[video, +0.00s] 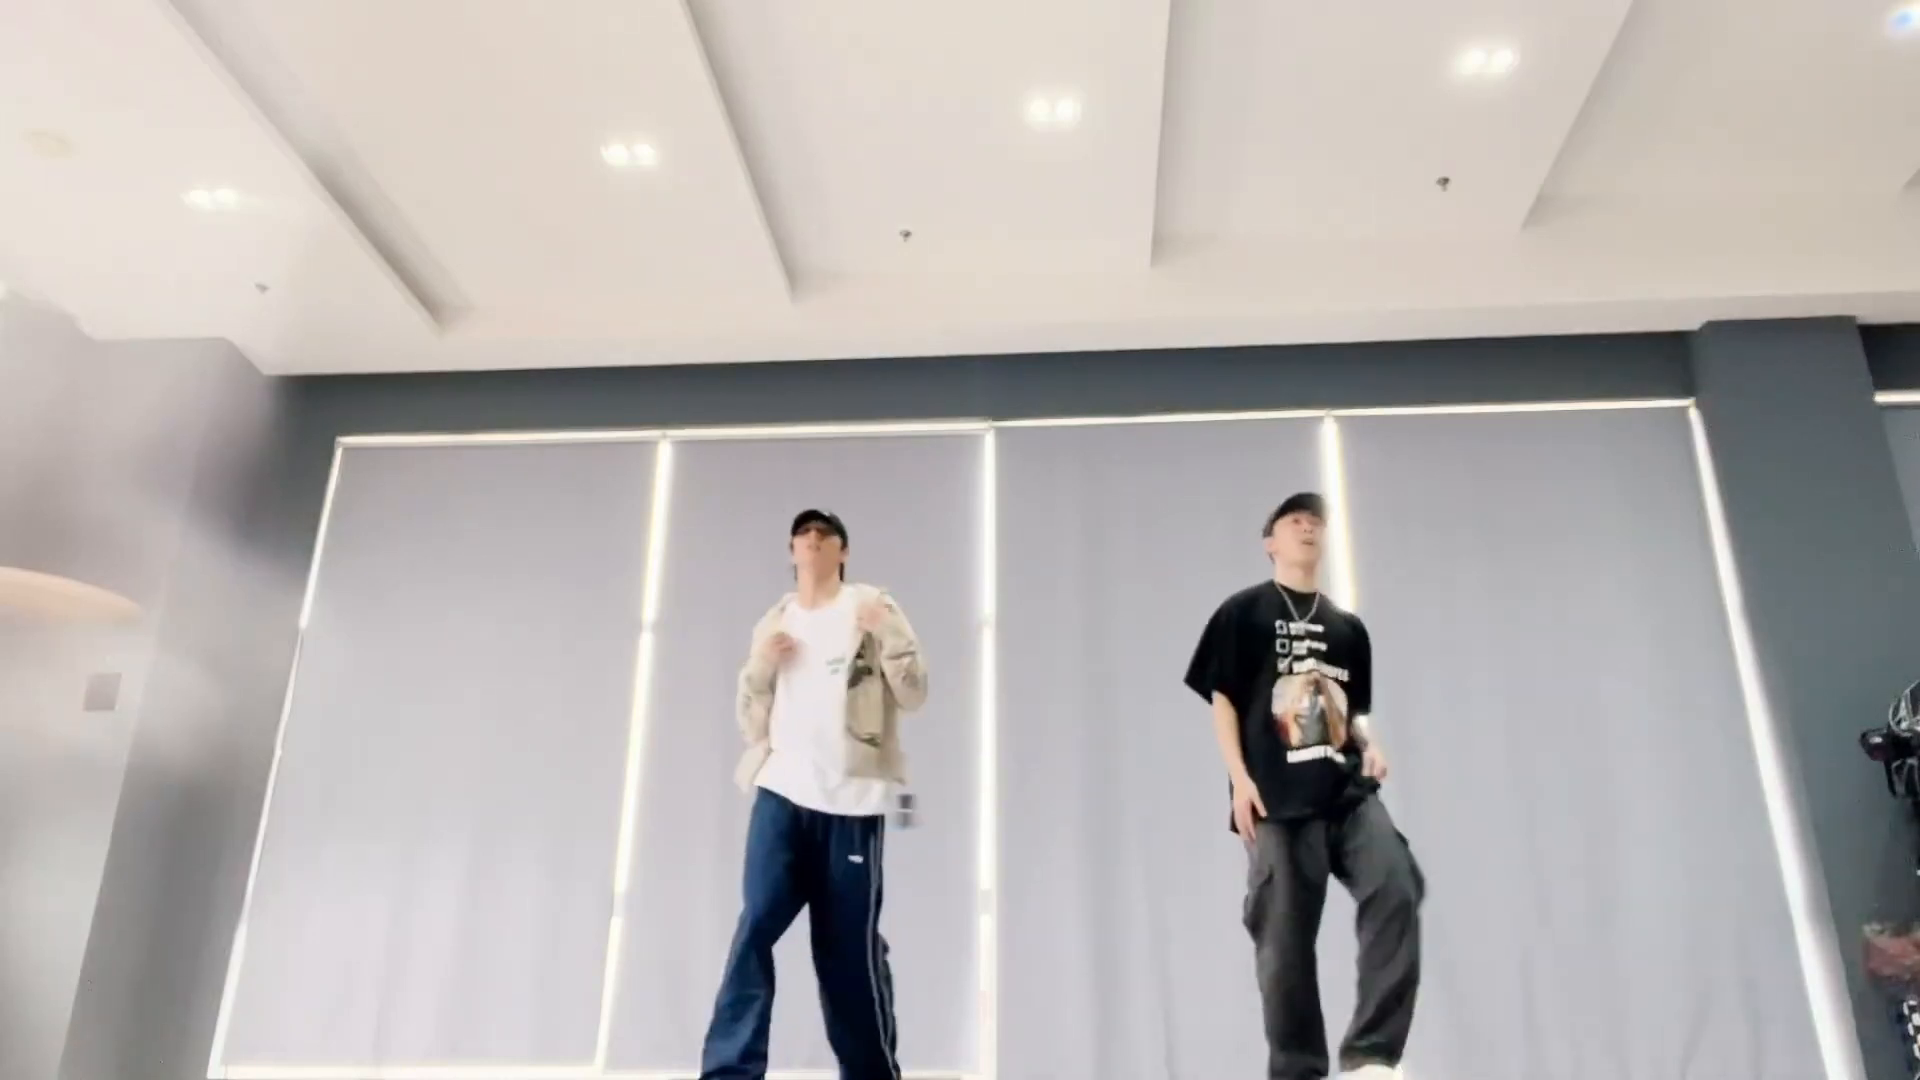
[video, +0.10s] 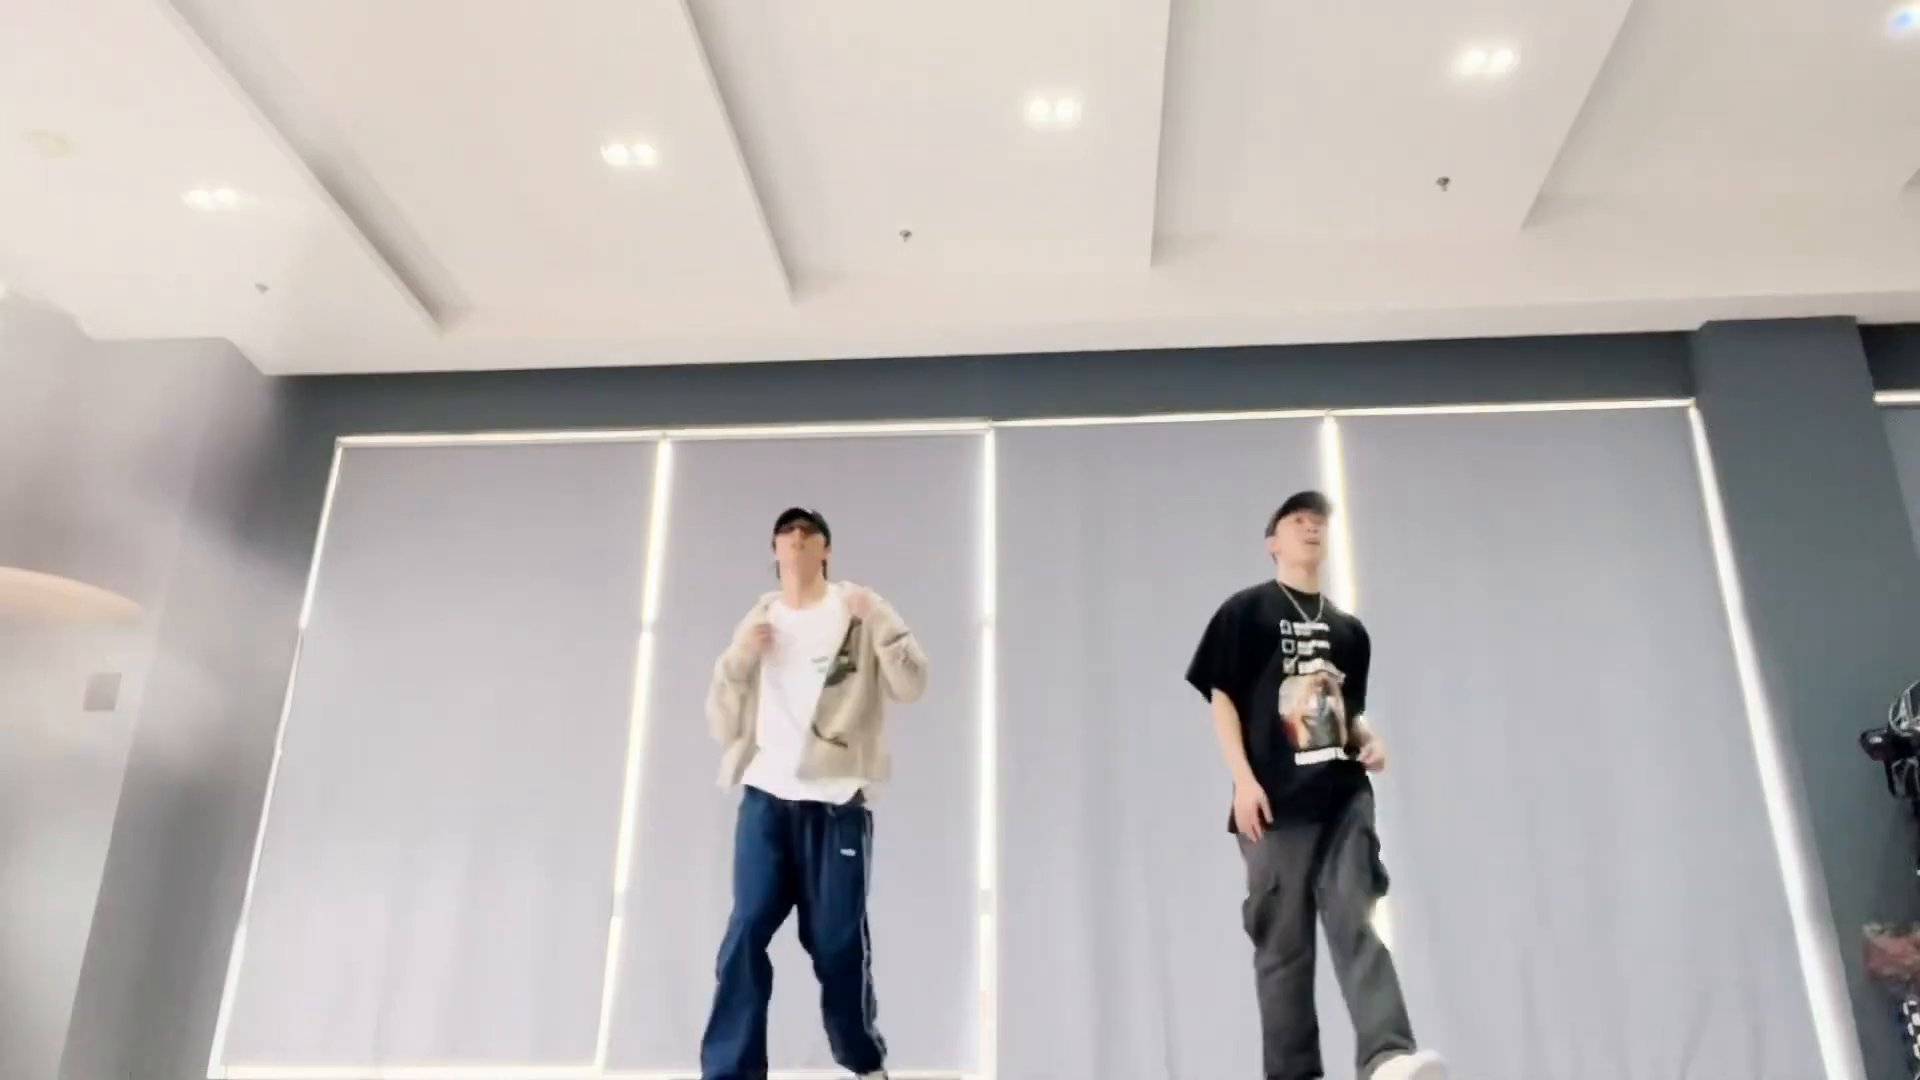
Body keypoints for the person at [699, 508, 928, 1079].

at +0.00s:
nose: (812, 541)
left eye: (824, 533)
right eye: (803, 534)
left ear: (842, 551)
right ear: (791, 552)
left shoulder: (873, 606)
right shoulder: (774, 619)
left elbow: (912, 696)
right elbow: (753, 728)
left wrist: (886, 633)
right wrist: (759, 671)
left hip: (853, 800)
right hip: (781, 793)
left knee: (850, 948)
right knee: (755, 928)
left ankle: (872, 1074)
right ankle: (730, 1070)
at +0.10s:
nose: (798, 539)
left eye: (810, 533)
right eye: (788, 532)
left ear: (827, 551)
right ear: (774, 553)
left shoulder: (860, 612)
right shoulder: (759, 619)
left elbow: (911, 687)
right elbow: (722, 726)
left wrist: (878, 616)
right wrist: (739, 660)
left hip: (837, 801)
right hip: (765, 796)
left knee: (836, 943)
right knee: (746, 931)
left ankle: (864, 1063)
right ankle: (732, 1071)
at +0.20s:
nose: (793, 530)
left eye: (805, 523)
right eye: (782, 524)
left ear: (822, 543)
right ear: (768, 545)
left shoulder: (854, 610)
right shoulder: (747, 612)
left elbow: (912, 669)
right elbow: (688, 702)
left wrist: (865, 598)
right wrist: (731, 629)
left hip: (833, 795)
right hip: (758, 794)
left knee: (840, 927)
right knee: (742, 938)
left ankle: (837, 1059)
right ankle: (732, 1072)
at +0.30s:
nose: (802, 506)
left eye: (813, 499)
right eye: (790, 499)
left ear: (829, 520)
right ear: (774, 520)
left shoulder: (858, 584)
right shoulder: (747, 580)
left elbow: (905, 653)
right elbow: (689, 670)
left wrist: (854, 580)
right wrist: (736, 600)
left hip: (837, 779)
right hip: (759, 776)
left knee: (831, 928)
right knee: (747, 936)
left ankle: (823, 1070)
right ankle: (733, 1071)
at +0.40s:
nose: (809, 501)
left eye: (821, 494)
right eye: (799, 494)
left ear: (839, 516)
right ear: (783, 516)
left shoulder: (869, 587)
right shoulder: (751, 578)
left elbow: (905, 672)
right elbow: (680, 659)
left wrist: (869, 605)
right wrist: (738, 605)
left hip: (834, 765)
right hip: (756, 764)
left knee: (826, 918)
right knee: (751, 925)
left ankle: (814, 1070)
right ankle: (733, 1070)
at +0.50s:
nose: (812, 488)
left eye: (824, 483)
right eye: (801, 481)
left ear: (841, 506)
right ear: (785, 503)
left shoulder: (872, 574)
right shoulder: (751, 565)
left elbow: (915, 661)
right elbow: (686, 641)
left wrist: (879, 652)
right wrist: (734, 636)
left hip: (833, 776)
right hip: (751, 771)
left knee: (827, 927)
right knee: (731, 915)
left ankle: (816, 1069)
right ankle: (734, 1063)